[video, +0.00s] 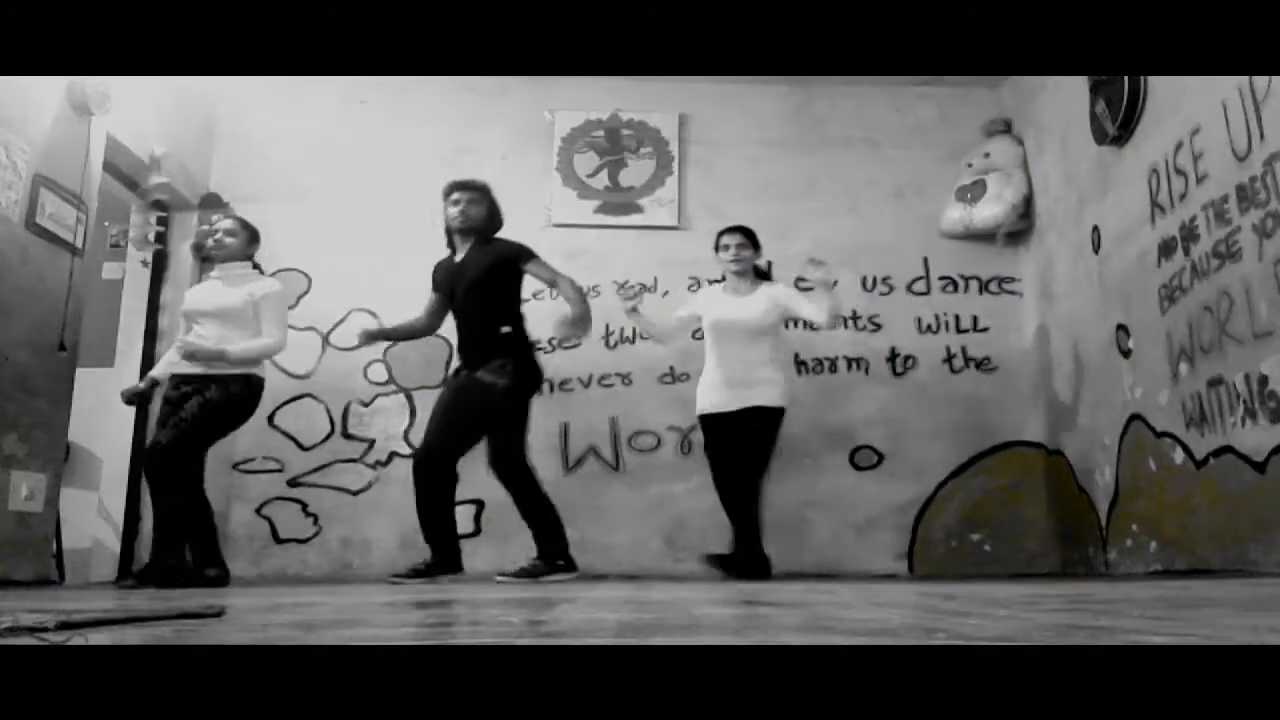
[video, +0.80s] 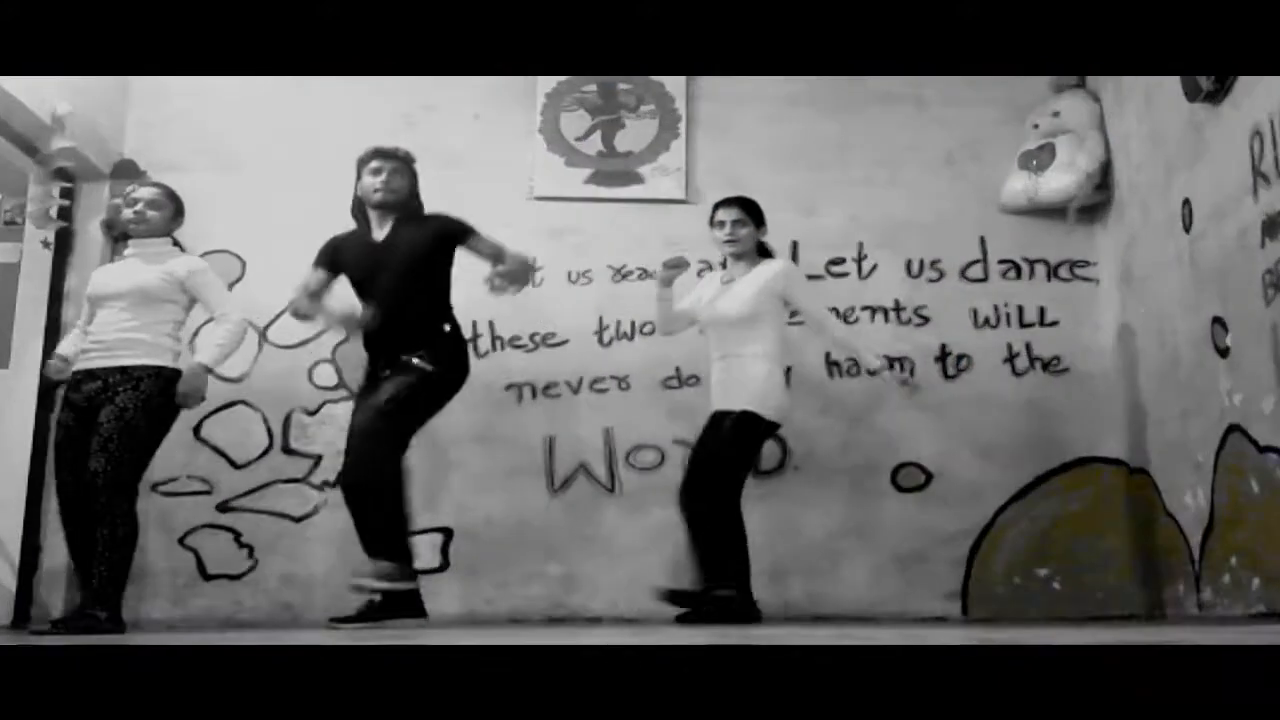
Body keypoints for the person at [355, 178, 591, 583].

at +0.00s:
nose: (461, 208)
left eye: (472, 203)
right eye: (454, 203)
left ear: (489, 214)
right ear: (444, 216)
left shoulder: (504, 252)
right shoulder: (446, 270)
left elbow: (560, 281)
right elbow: (427, 323)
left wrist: (581, 312)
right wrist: (381, 334)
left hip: (511, 371)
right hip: (471, 375)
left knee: (508, 462)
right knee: (432, 460)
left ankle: (556, 554)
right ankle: (444, 558)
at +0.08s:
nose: (447, 218)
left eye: (457, 212)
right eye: (439, 213)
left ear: (474, 220)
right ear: (431, 224)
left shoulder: (491, 257)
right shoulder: (437, 279)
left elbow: (541, 289)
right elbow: (416, 328)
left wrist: (583, 329)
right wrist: (374, 326)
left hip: (495, 374)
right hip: (455, 378)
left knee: (462, 460)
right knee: (427, 463)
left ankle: (533, 540)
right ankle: (444, 561)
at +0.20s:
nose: (436, 217)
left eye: (445, 210)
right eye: (427, 213)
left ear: (464, 217)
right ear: (421, 227)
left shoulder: (483, 252)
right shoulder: (431, 276)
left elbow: (536, 285)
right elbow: (413, 326)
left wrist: (570, 326)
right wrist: (375, 323)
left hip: (484, 366)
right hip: (451, 370)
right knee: (424, 450)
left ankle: (483, 511)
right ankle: (442, 556)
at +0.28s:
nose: (432, 217)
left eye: (441, 209)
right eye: (423, 213)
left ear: (458, 217)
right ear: (415, 226)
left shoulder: (478, 251)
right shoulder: (423, 274)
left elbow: (532, 283)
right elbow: (410, 327)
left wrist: (557, 324)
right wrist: (375, 325)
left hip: (480, 362)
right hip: (448, 368)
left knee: (377, 407)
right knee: (422, 452)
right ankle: (443, 558)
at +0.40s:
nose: (426, 218)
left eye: (435, 210)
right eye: (418, 213)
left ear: (456, 217)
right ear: (410, 227)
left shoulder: (472, 252)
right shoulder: (419, 275)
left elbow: (527, 287)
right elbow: (408, 328)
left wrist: (545, 325)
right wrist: (375, 332)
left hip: (472, 365)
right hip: (440, 369)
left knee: (390, 437)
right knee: (419, 459)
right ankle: (443, 559)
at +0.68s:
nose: (374, 189)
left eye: (385, 183)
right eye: (364, 183)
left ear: (403, 197)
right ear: (349, 199)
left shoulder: (425, 238)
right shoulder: (347, 262)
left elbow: (492, 277)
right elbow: (334, 320)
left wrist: (544, 316)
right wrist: (315, 352)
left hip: (441, 366)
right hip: (399, 375)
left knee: (356, 445)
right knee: (375, 480)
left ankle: (309, 561)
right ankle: (402, 597)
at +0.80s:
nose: (383, 178)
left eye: (395, 172)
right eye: (374, 172)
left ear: (412, 187)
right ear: (358, 187)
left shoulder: (438, 230)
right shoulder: (342, 248)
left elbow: (512, 262)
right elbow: (302, 302)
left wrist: (513, 273)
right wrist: (341, 313)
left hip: (436, 359)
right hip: (384, 367)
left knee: (373, 432)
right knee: (358, 475)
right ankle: (398, 594)